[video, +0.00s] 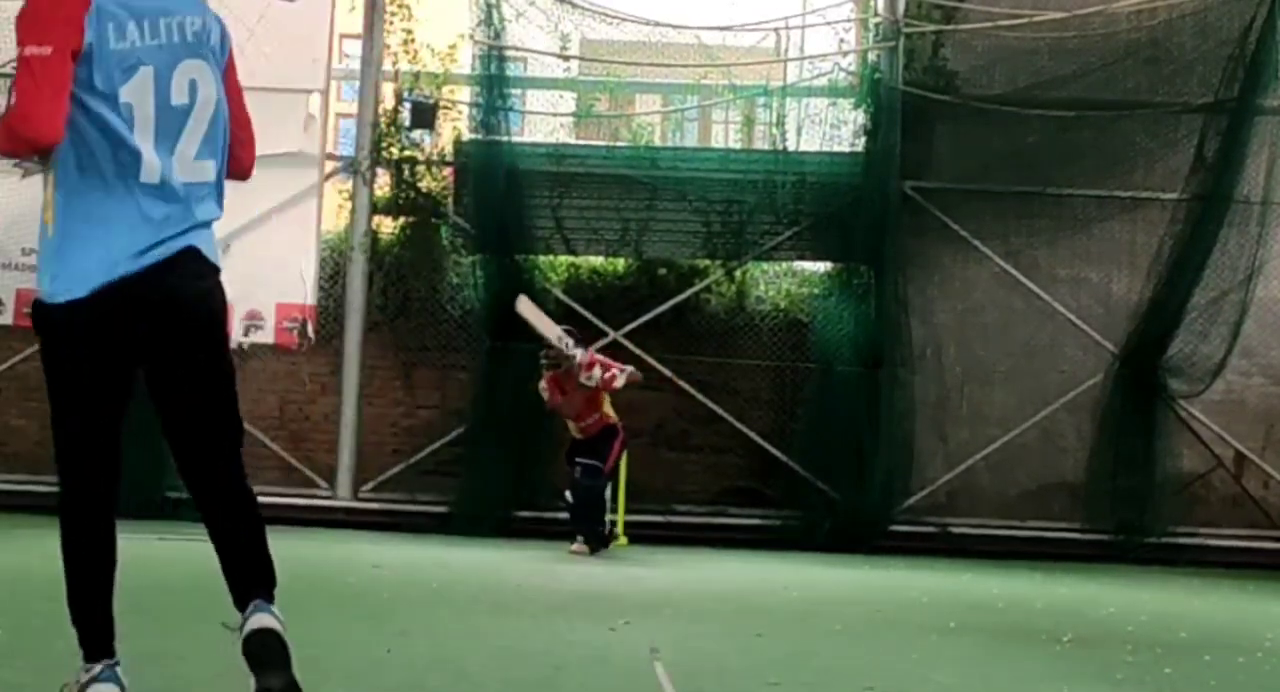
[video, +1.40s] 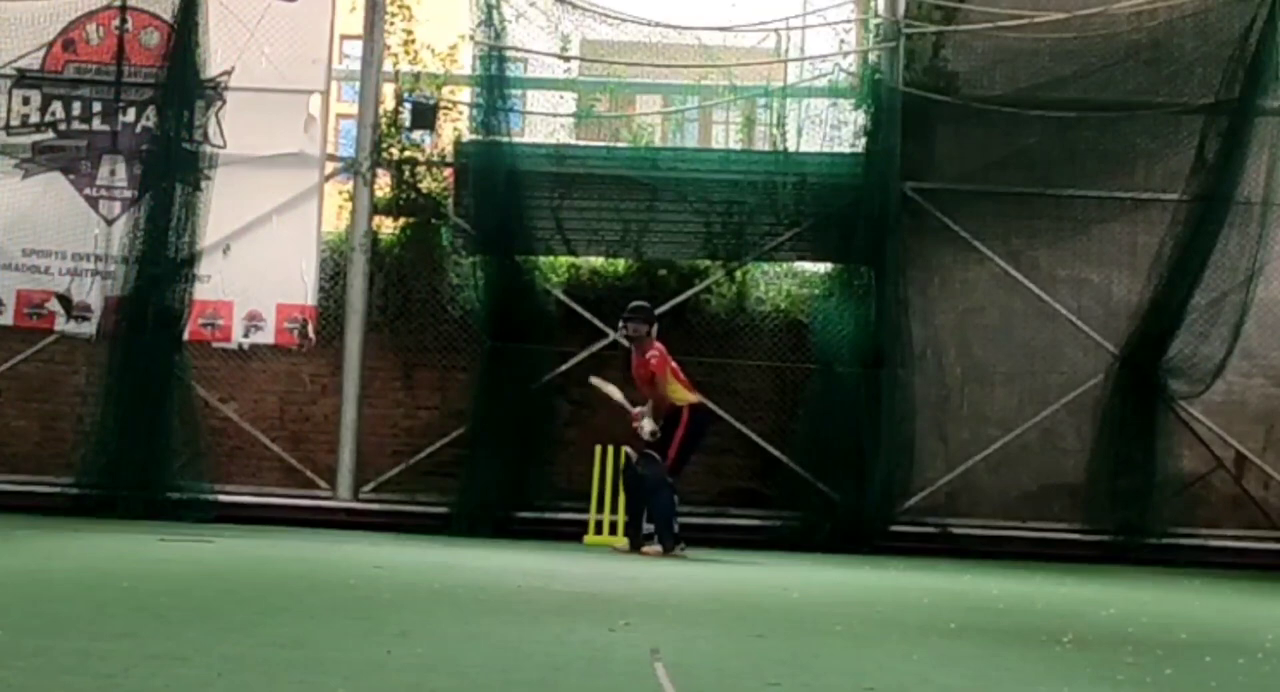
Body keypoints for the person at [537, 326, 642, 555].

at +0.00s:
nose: (550, 359)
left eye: (556, 353)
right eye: (547, 353)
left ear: (571, 354)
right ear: (545, 357)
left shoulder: (588, 366)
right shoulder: (549, 382)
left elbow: (632, 375)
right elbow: (562, 409)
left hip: (606, 430)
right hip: (580, 436)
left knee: (590, 479)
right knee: (577, 485)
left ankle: (587, 536)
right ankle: (596, 534)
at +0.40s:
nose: (568, 322)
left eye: (573, 316)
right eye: (566, 317)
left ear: (589, 317)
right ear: (566, 319)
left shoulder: (611, 343)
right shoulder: (559, 349)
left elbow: (624, 384)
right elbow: (562, 394)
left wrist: (614, 405)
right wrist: (587, 408)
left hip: (604, 414)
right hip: (574, 413)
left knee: (589, 472)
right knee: (574, 473)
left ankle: (584, 535)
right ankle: (587, 533)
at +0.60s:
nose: (582, 301)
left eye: (588, 296)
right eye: (579, 296)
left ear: (601, 298)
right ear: (575, 299)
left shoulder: (619, 331)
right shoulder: (566, 331)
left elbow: (630, 372)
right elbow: (559, 372)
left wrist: (634, 411)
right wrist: (546, 411)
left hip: (607, 398)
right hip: (576, 398)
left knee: (589, 460)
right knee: (564, 463)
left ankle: (585, 535)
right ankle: (592, 524)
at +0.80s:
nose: (586, 296)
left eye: (591, 290)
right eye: (583, 291)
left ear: (606, 292)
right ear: (581, 295)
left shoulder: (626, 327)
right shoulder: (576, 326)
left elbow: (641, 362)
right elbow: (565, 358)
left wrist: (651, 388)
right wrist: (542, 386)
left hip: (611, 393)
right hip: (584, 394)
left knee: (594, 459)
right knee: (581, 458)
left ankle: (586, 533)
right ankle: (609, 524)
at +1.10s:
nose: (601, 295)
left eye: (607, 290)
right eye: (599, 290)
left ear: (621, 294)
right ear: (596, 294)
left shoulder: (640, 324)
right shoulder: (591, 327)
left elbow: (654, 359)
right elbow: (586, 366)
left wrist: (662, 374)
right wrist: (573, 403)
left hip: (625, 392)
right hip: (597, 393)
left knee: (612, 458)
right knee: (601, 458)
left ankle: (601, 530)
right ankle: (614, 528)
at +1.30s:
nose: (632, 332)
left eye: (639, 327)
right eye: (628, 326)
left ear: (650, 330)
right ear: (623, 330)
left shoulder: (654, 355)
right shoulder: (636, 361)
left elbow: (660, 393)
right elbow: (651, 396)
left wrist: (651, 422)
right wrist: (648, 423)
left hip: (692, 409)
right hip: (673, 411)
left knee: (667, 470)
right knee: (656, 466)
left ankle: (669, 538)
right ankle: (662, 534)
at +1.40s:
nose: (633, 329)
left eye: (639, 324)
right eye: (629, 323)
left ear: (650, 327)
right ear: (624, 327)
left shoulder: (654, 354)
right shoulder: (637, 353)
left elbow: (662, 392)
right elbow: (653, 390)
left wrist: (651, 419)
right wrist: (644, 410)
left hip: (689, 409)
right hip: (670, 409)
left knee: (665, 470)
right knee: (651, 465)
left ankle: (669, 537)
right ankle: (651, 532)